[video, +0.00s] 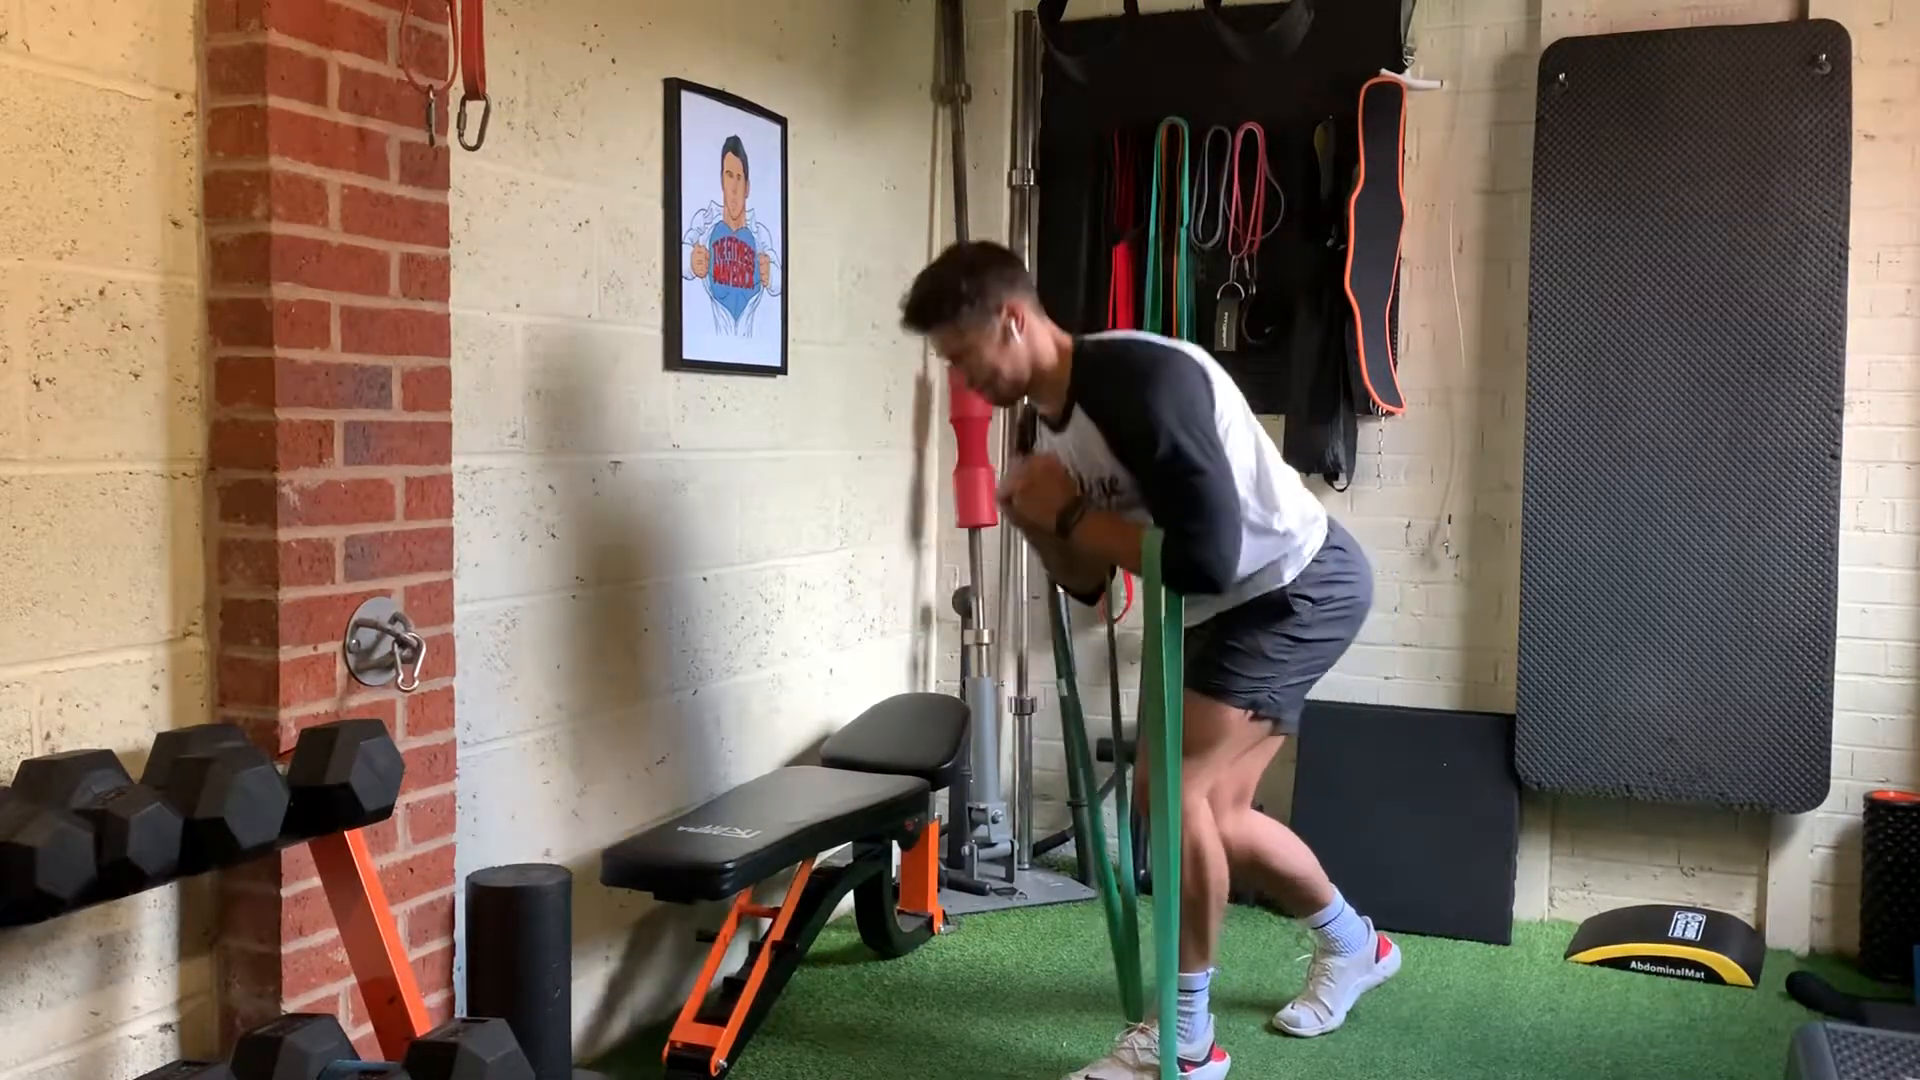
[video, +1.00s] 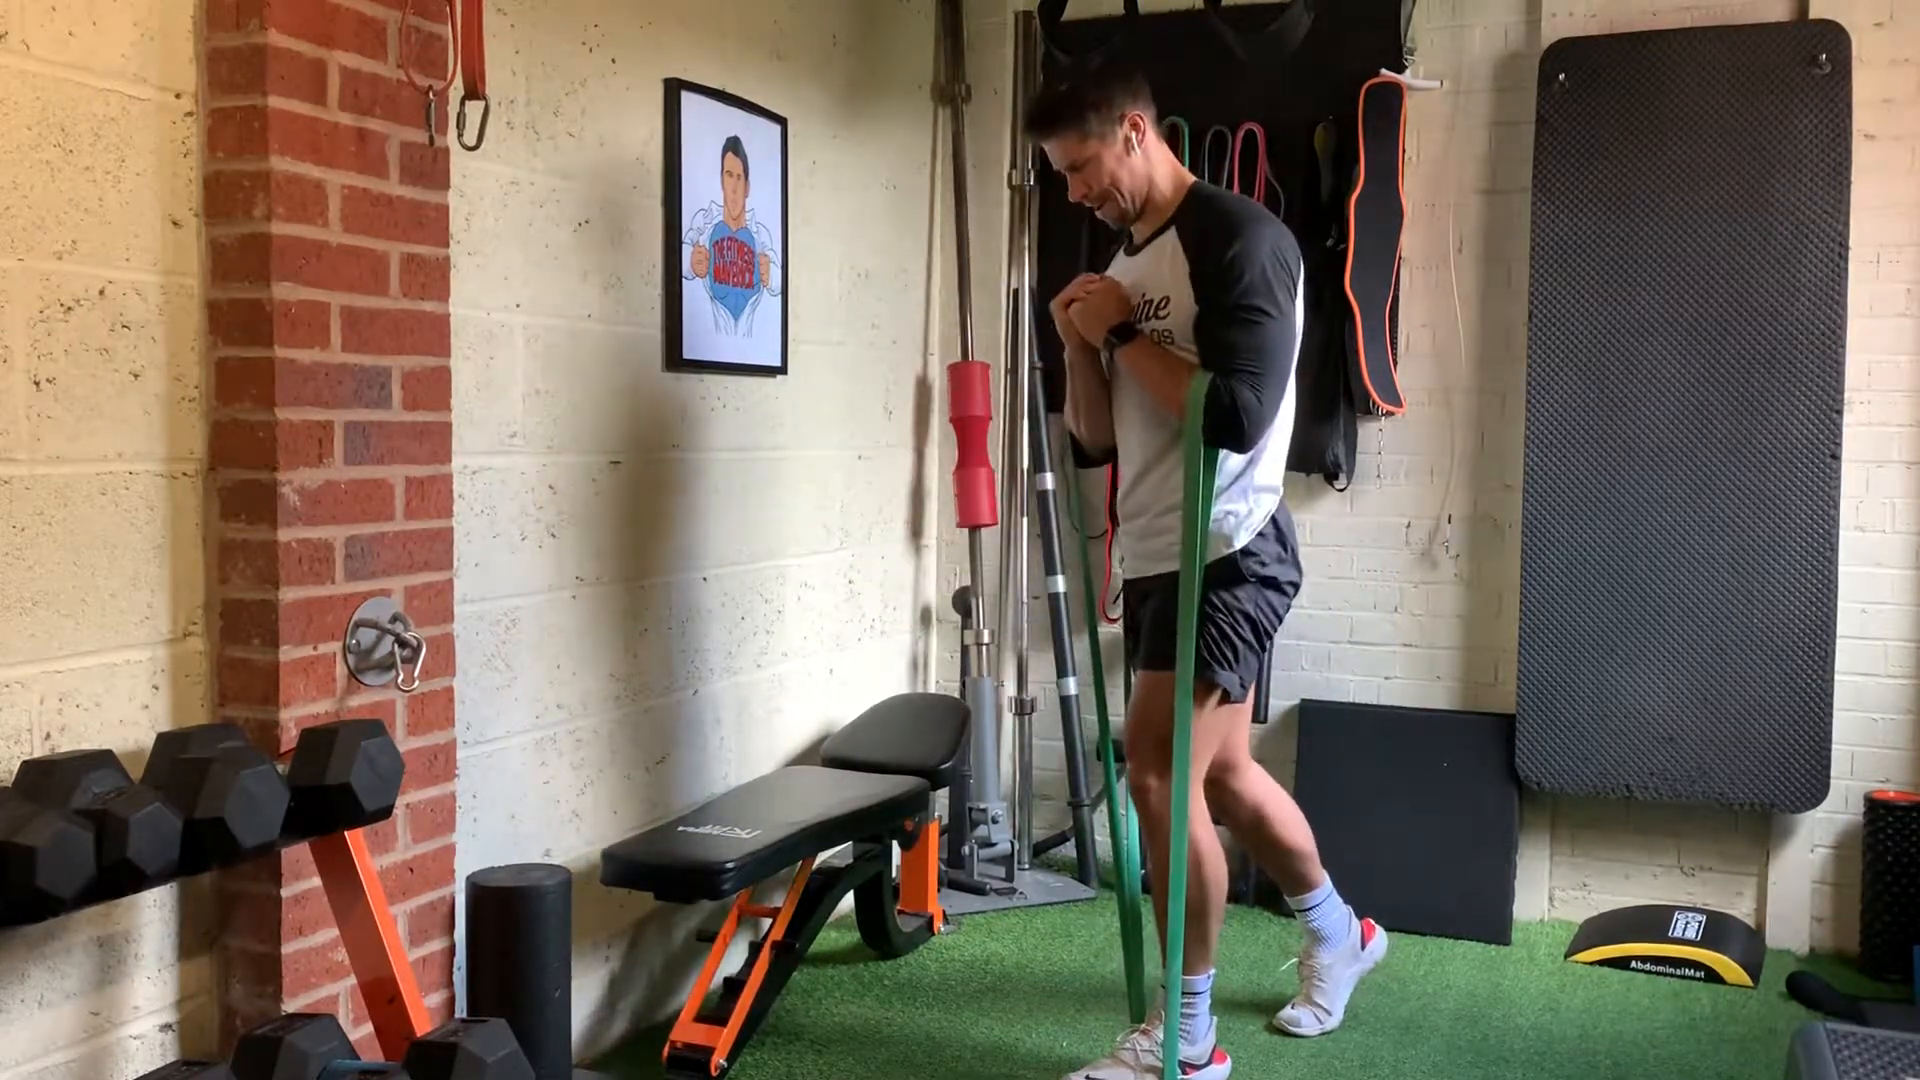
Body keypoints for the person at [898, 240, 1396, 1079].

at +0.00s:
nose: (960, 379)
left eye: (963, 355)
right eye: (948, 363)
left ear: (1017, 319)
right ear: (1011, 328)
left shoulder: (1144, 384)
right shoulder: (1032, 424)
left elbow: (1208, 561)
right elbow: (1092, 587)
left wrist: (1072, 515)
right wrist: (1041, 523)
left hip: (1300, 581)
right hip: (1226, 595)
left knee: (1173, 788)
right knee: (1221, 818)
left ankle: (1185, 1036)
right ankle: (1356, 943)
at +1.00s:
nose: (1077, 193)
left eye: (1085, 166)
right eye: (1064, 175)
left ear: (1140, 133)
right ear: (1084, 161)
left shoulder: (1247, 242)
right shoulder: (1117, 261)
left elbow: (1239, 417)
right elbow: (1095, 436)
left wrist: (1119, 334)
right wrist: (1084, 349)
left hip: (1230, 549)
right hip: (1152, 555)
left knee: (1158, 764)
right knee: (1227, 774)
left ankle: (1188, 1034)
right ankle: (1340, 934)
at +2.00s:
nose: (945, 503)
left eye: (946, 479)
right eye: (933, 485)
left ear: (997, 441)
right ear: (996, 445)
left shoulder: (1143, 469)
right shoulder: (1032, 515)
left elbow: (1224, 642)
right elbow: (1101, 657)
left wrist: (1081, 605)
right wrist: (1049, 626)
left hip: (1325, 590)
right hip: (1251, 602)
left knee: (1202, 798)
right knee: (1208, 805)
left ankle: (1188, 1038)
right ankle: (1350, 937)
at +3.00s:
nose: (975, 343)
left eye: (981, 319)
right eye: (965, 325)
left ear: (1037, 289)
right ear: (1027, 297)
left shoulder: (1171, 361)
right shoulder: (1054, 398)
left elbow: (1224, 538)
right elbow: (1092, 563)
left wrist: (1092, 492)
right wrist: (1048, 498)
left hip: (1296, 579)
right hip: (1216, 591)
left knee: (1167, 785)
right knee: (1206, 815)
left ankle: (1186, 1035)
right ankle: (1349, 937)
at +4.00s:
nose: (1096, 188)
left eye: (1105, 160)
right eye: (1082, 169)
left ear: (1161, 130)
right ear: (1086, 163)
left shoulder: (1258, 241)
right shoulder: (1122, 258)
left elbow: (1253, 416)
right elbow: (1093, 433)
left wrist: (1132, 332)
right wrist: (1093, 342)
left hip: (1233, 547)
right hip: (1153, 553)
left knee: (1162, 766)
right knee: (1228, 773)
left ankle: (1189, 1031)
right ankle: (1337, 931)